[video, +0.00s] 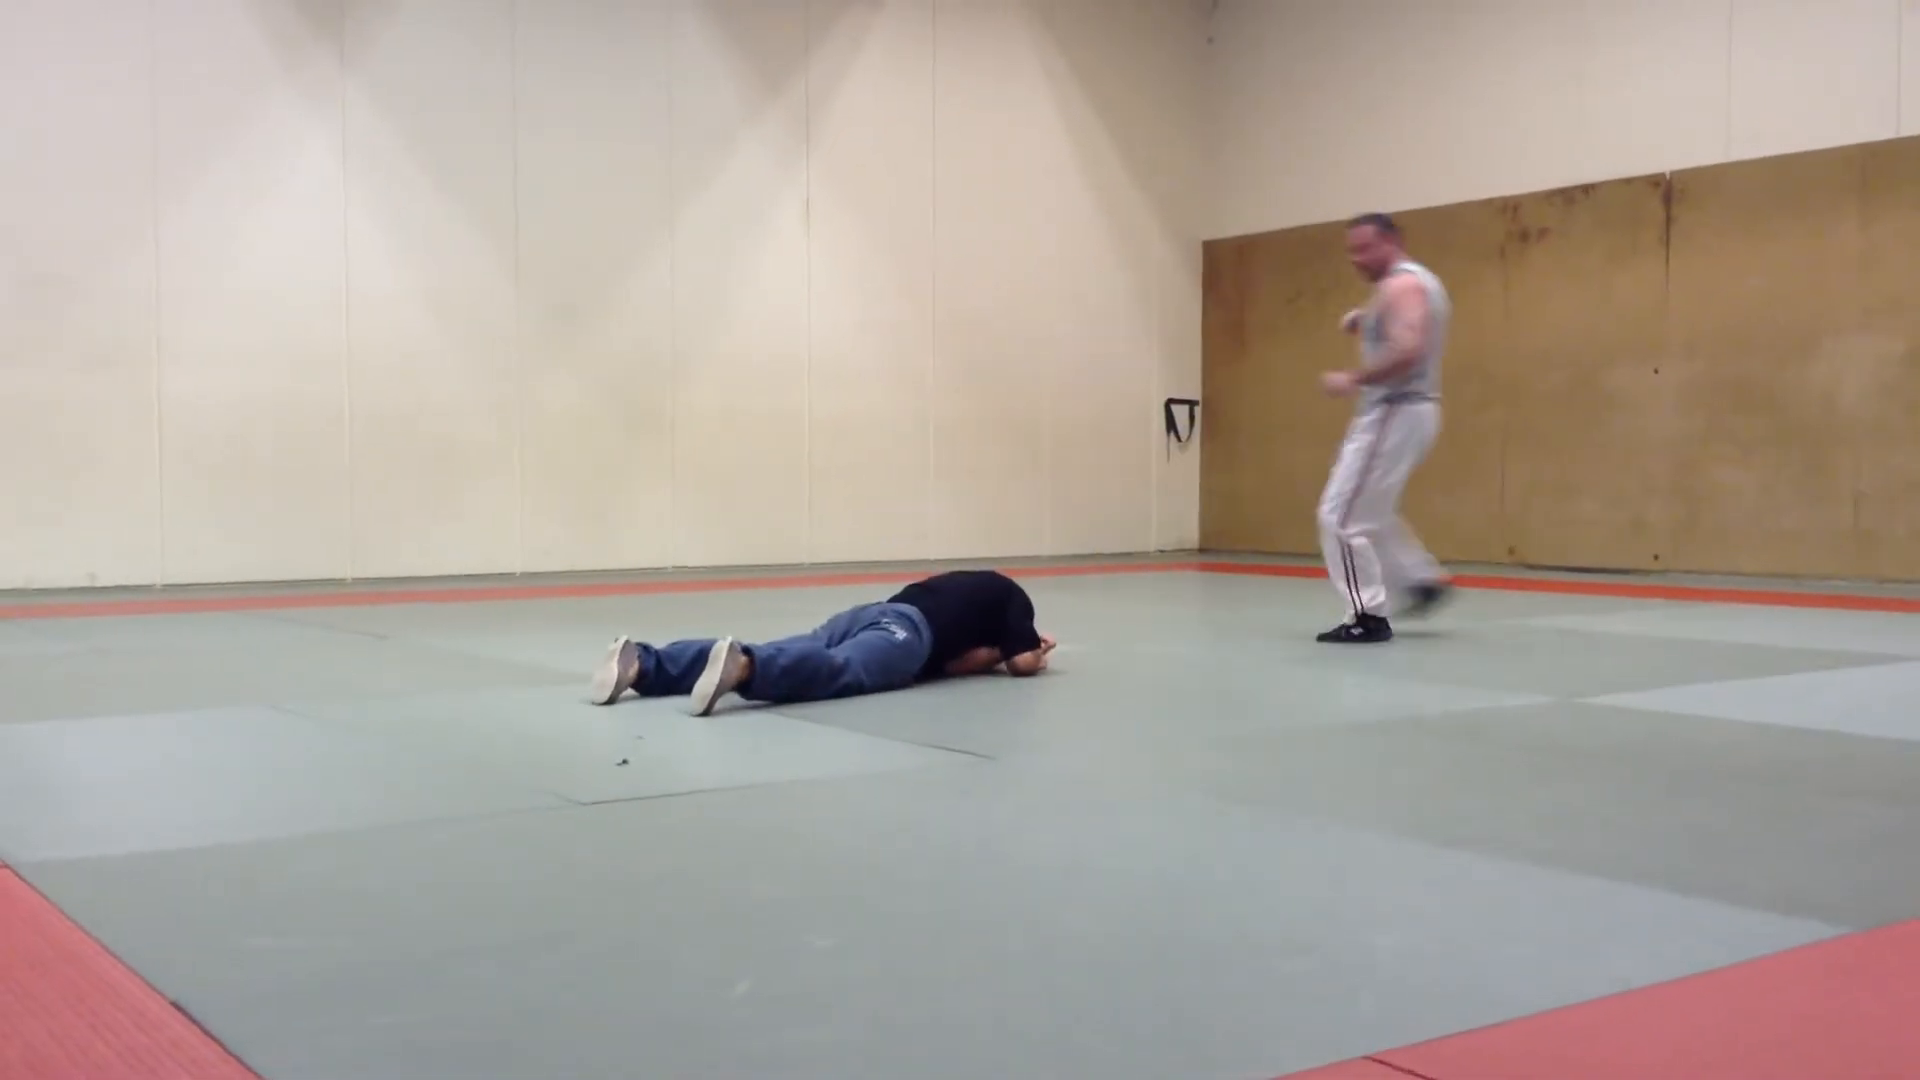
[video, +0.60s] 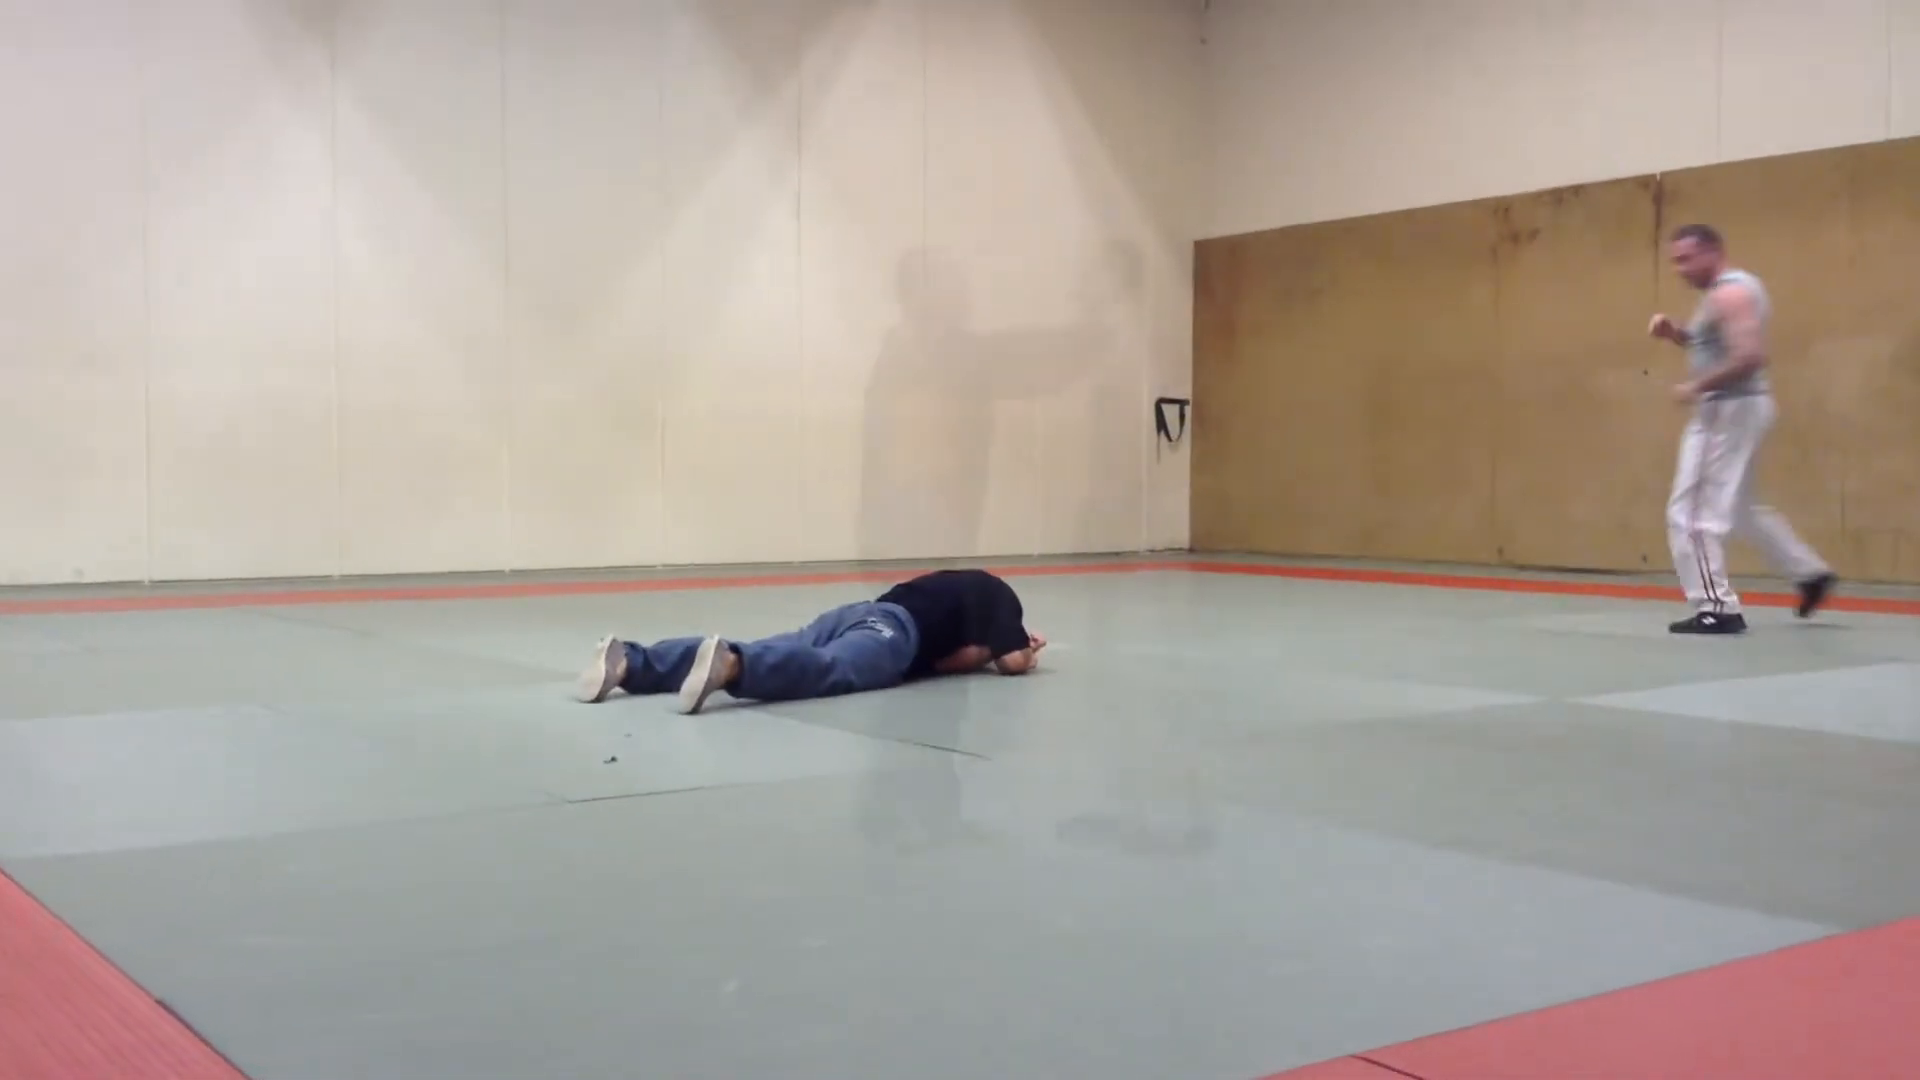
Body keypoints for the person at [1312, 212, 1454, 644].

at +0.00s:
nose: (1358, 260)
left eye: (1364, 248)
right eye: (1354, 251)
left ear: (1390, 243)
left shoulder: (1403, 286)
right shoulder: (1414, 280)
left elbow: (1408, 348)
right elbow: (1396, 317)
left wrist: (1357, 378)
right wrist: (1366, 318)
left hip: (1396, 413)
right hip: (1413, 411)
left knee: (1340, 514)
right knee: (1372, 509)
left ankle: (1368, 616)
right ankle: (1421, 581)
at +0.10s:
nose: (1412, 255)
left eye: (1418, 244)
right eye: (1407, 247)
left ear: (1443, 236)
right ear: (1412, 245)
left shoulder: (1463, 279)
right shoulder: (1459, 277)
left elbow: (1475, 346)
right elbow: (1454, 345)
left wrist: (1421, 368)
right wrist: (1411, 336)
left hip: (1449, 405)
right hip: (1467, 403)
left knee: (1392, 500)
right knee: (1451, 503)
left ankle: (1370, 609)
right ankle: (1519, 587)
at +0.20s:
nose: (1469, 261)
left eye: (1475, 249)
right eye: (1464, 253)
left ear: (1501, 243)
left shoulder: (1517, 283)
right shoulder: (1526, 280)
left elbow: (1508, 341)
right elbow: (1512, 346)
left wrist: (1458, 342)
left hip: (1513, 412)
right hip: (1537, 409)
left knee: (1454, 499)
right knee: (1513, 509)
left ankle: (1478, 603)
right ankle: (1541, 608)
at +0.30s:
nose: (1520, 255)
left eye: (1526, 244)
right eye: (1515, 247)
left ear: (1553, 235)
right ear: (1555, 239)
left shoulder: (1567, 274)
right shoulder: (1591, 269)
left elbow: (1540, 329)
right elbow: (1613, 333)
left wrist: (1499, 321)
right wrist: (1593, 370)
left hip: (1569, 399)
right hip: (1584, 395)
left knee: (1546, 506)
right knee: (1545, 505)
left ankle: (1627, 571)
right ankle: (1543, 601)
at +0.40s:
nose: (1575, 257)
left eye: (1580, 246)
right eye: (1571, 248)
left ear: (1603, 237)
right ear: (1609, 240)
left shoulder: (1619, 274)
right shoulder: (1646, 270)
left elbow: (1592, 330)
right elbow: (1678, 318)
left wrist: (1548, 330)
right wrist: (1642, 348)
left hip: (1633, 399)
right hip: (1620, 399)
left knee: (1635, 504)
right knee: (1584, 488)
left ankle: (1702, 589)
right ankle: (1593, 592)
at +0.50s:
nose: (1628, 271)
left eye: (1634, 261)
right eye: (1624, 262)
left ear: (1658, 253)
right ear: (1650, 257)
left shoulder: (1677, 294)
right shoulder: (1679, 287)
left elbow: (1671, 355)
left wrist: (1619, 374)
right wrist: (1646, 333)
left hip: (1688, 415)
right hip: (1676, 413)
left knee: (1678, 516)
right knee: (1647, 503)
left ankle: (1721, 608)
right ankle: (1715, 584)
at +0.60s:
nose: (1681, 270)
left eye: (1687, 259)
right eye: (1677, 261)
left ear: (1714, 253)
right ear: (1708, 258)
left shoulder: (1731, 292)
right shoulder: (1729, 289)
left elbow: (1749, 355)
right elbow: (1718, 342)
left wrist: (1698, 386)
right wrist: (1676, 334)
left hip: (1727, 407)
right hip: (1745, 405)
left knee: (1689, 510)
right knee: (1734, 507)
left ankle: (1716, 607)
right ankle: (1809, 574)